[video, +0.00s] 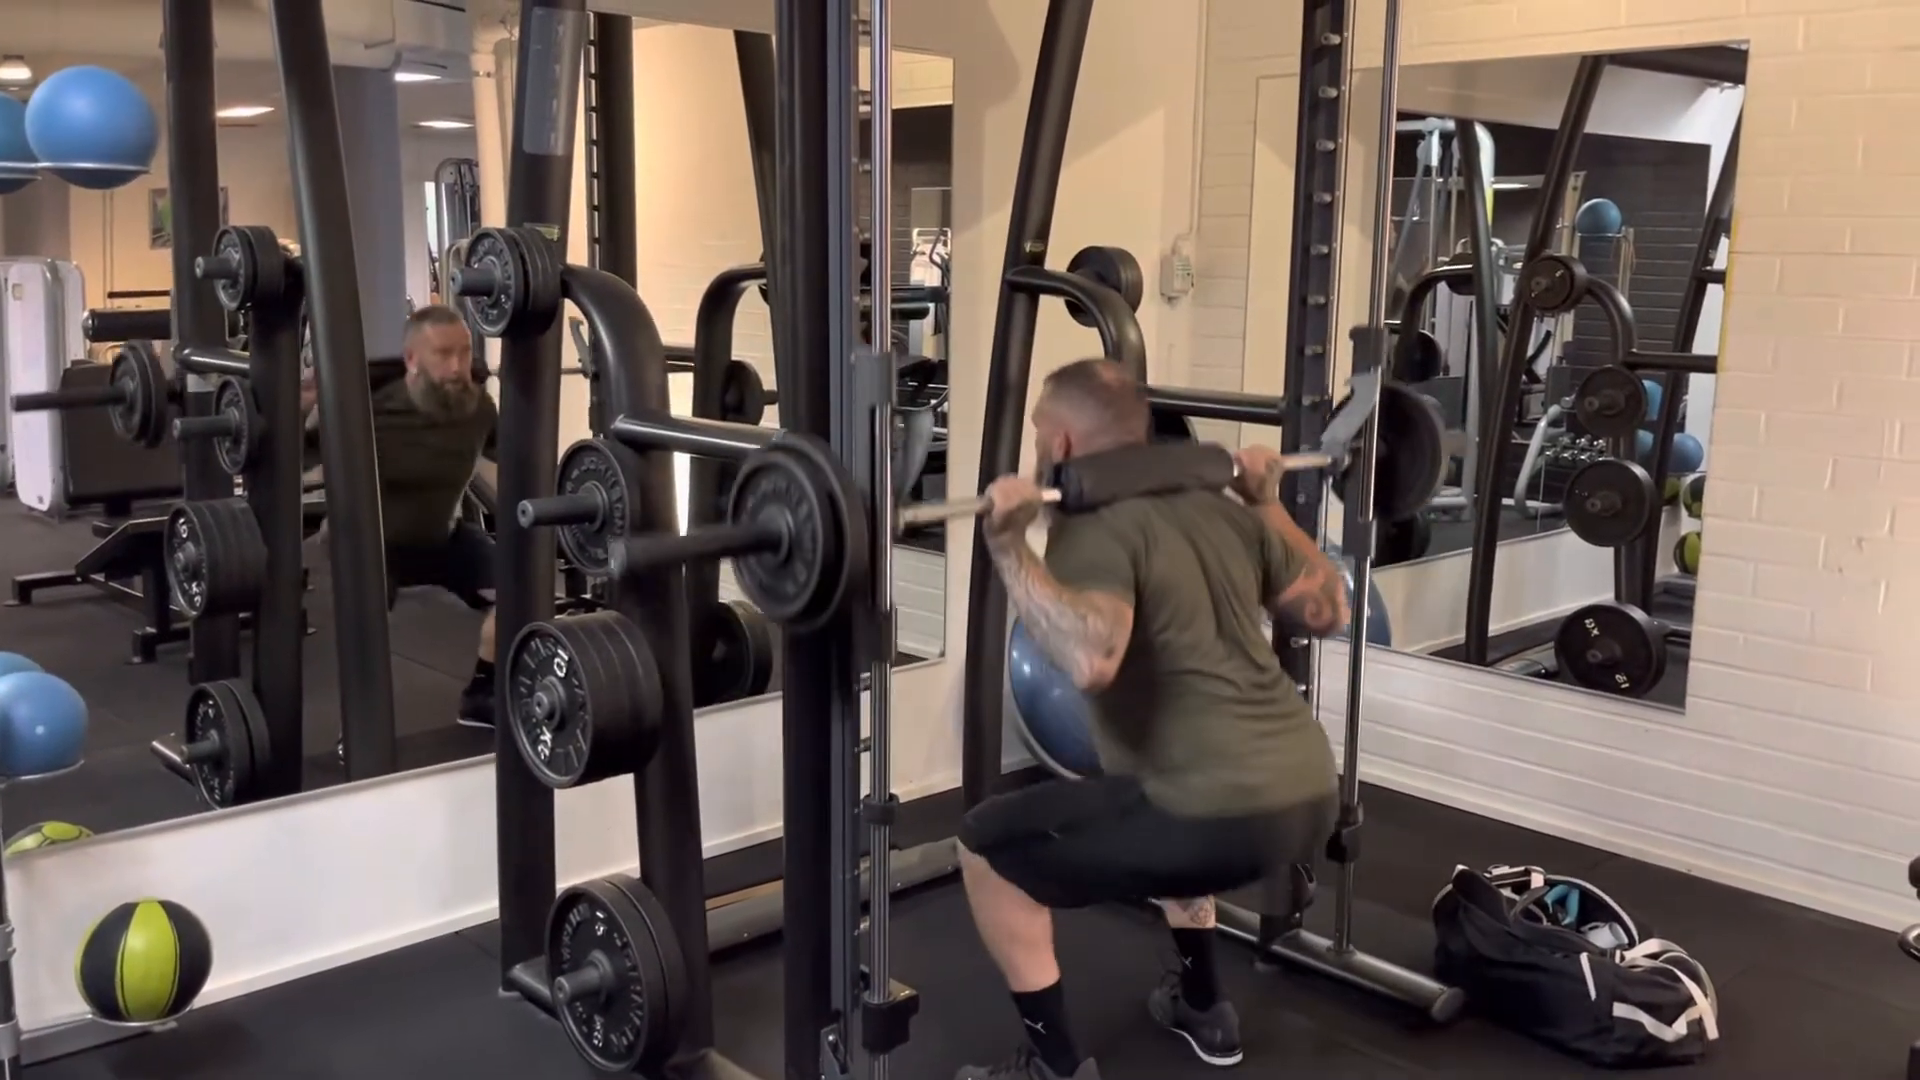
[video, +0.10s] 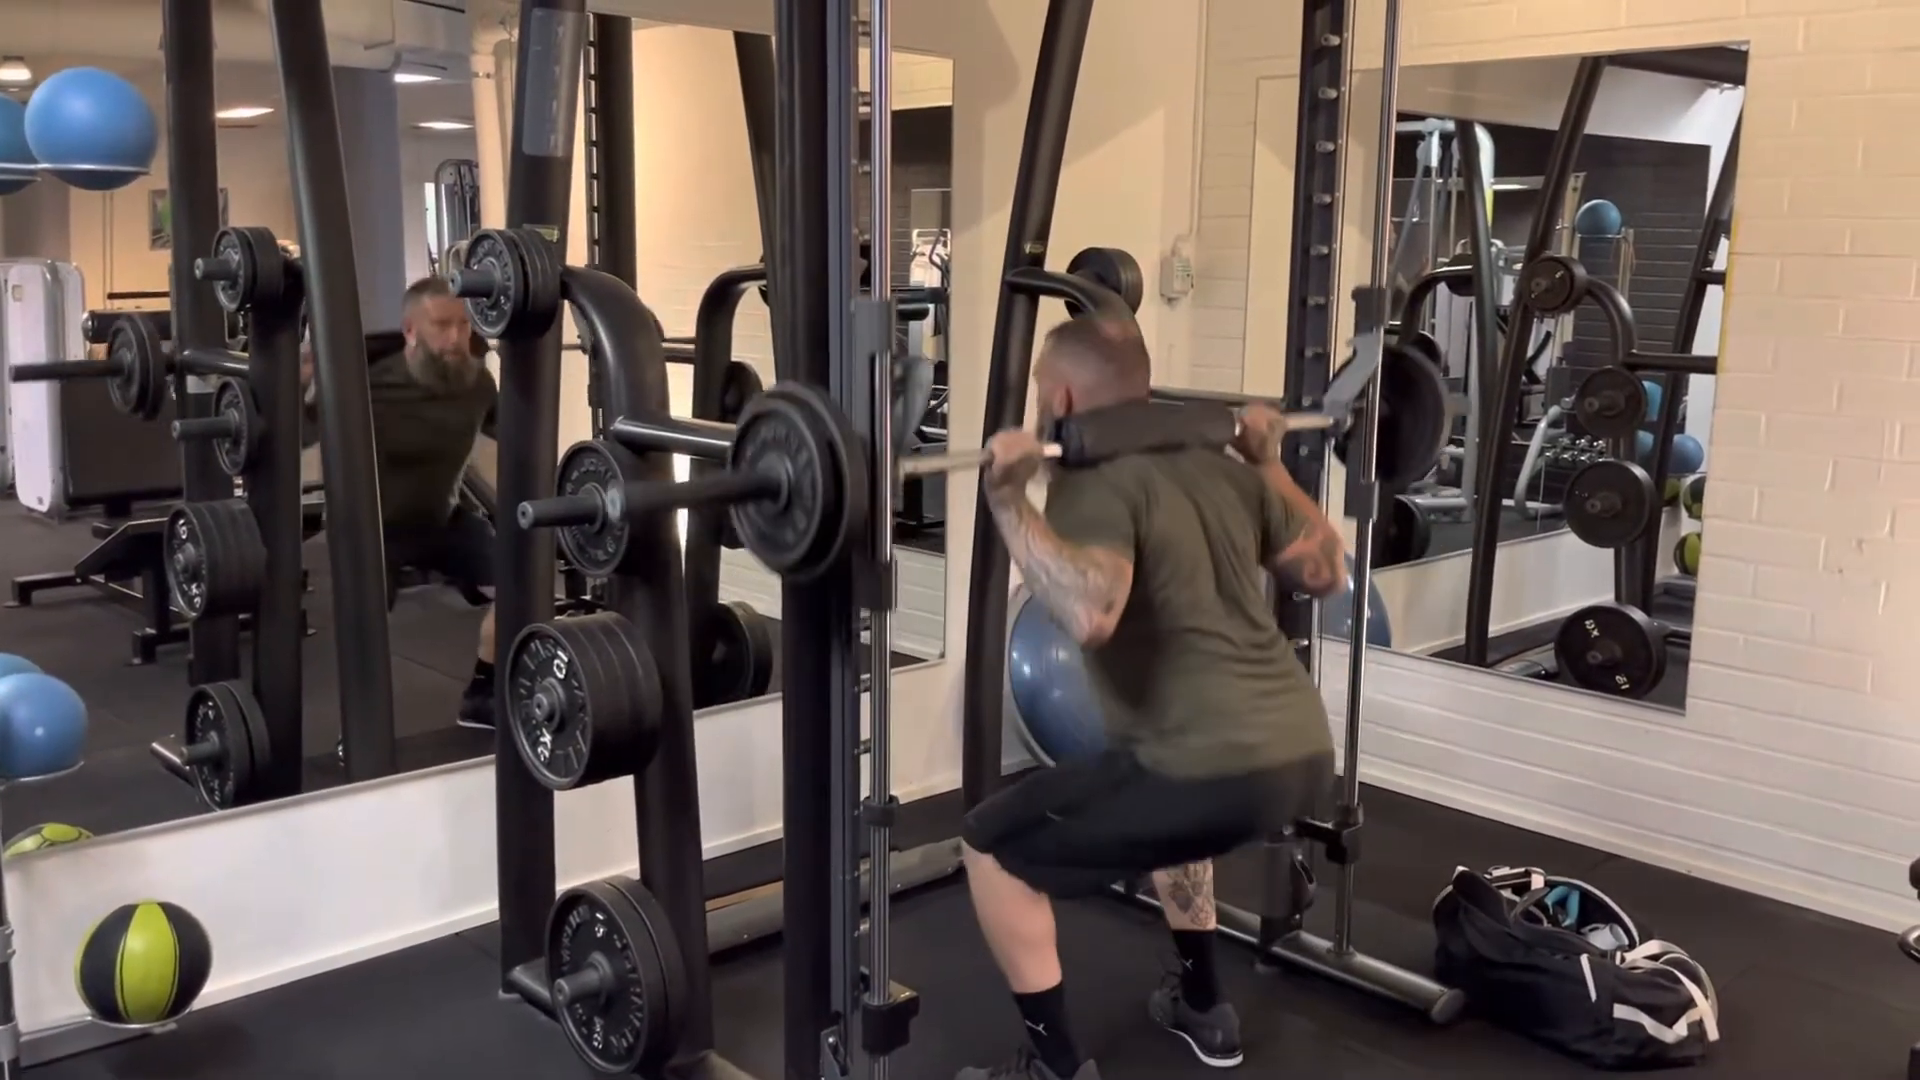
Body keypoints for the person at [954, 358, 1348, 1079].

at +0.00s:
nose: (1036, 450)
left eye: (1038, 436)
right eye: (1034, 436)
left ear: (1060, 445)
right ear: (1139, 431)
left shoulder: (1097, 526)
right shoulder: (1222, 511)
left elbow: (1091, 656)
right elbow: (1328, 609)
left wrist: (1008, 546)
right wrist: (1267, 503)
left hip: (1203, 819)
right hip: (1304, 801)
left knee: (985, 845)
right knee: (1159, 791)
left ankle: (1053, 1055)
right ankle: (1203, 1000)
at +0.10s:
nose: (1039, 409)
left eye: (1041, 394)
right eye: (1040, 395)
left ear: (1062, 400)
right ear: (1140, 388)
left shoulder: (1100, 480)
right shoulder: (1228, 474)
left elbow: (1090, 610)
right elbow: (1325, 567)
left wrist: (1007, 495)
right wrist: (1269, 462)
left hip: (1202, 778)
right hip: (1301, 765)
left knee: (992, 844)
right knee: (1162, 799)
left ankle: (1053, 1056)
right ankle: (1204, 1004)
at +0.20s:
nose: (1041, 359)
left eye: (1044, 343)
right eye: (1043, 343)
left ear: (1065, 347)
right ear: (1140, 337)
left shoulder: (1097, 430)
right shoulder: (1225, 417)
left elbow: (1088, 562)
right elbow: (1328, 523)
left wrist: (1009, 451)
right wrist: (1270, 419)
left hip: (1193, 726)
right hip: (1292, 714)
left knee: (999, 844)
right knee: (1170, 815)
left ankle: (1054, 1060)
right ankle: (1205, 1010)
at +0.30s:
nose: (1048, 303)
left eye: (1049, 289)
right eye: (1049, 289)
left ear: (1070, 289)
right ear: (1145, 284)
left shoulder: (1097, 375)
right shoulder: (1225, 366)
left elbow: (1087, 507)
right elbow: (1328, 478)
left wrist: (1011, 397)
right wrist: (1272, 372)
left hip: (1180, 677)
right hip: (1275, 663)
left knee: (1012, 840)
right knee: (1183, 815)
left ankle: (1057, 1060)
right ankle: (1208, 1015)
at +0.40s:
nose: (1044, 256)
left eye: (1046, 241)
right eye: (1045, 242)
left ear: (1069, 237)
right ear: (1146, 230)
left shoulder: (1101, 324)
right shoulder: (1230, 319)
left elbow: (1086, 452)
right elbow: (1318, 432)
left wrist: (1013, 338)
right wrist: (1275, 322)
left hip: (1164, 633)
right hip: (1264, 625)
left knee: (1039, 838)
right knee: (1191, 804)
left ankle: (1059, 1063)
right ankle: (1209, 1015)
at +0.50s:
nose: (1041, 211)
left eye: (1044, 195)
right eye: (1045, 196)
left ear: (1069, 194)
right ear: (1148, 192)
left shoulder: (1099, 283)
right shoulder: (1225, 279)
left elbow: (1084, 413)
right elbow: (1317, 398)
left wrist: (1010, 289)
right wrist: (1275, 285)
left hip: (1151, 600)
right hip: (1250, 591)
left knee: (1075, 832)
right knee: (1203, 794)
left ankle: (1062, 1063)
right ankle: (1212, 1012)